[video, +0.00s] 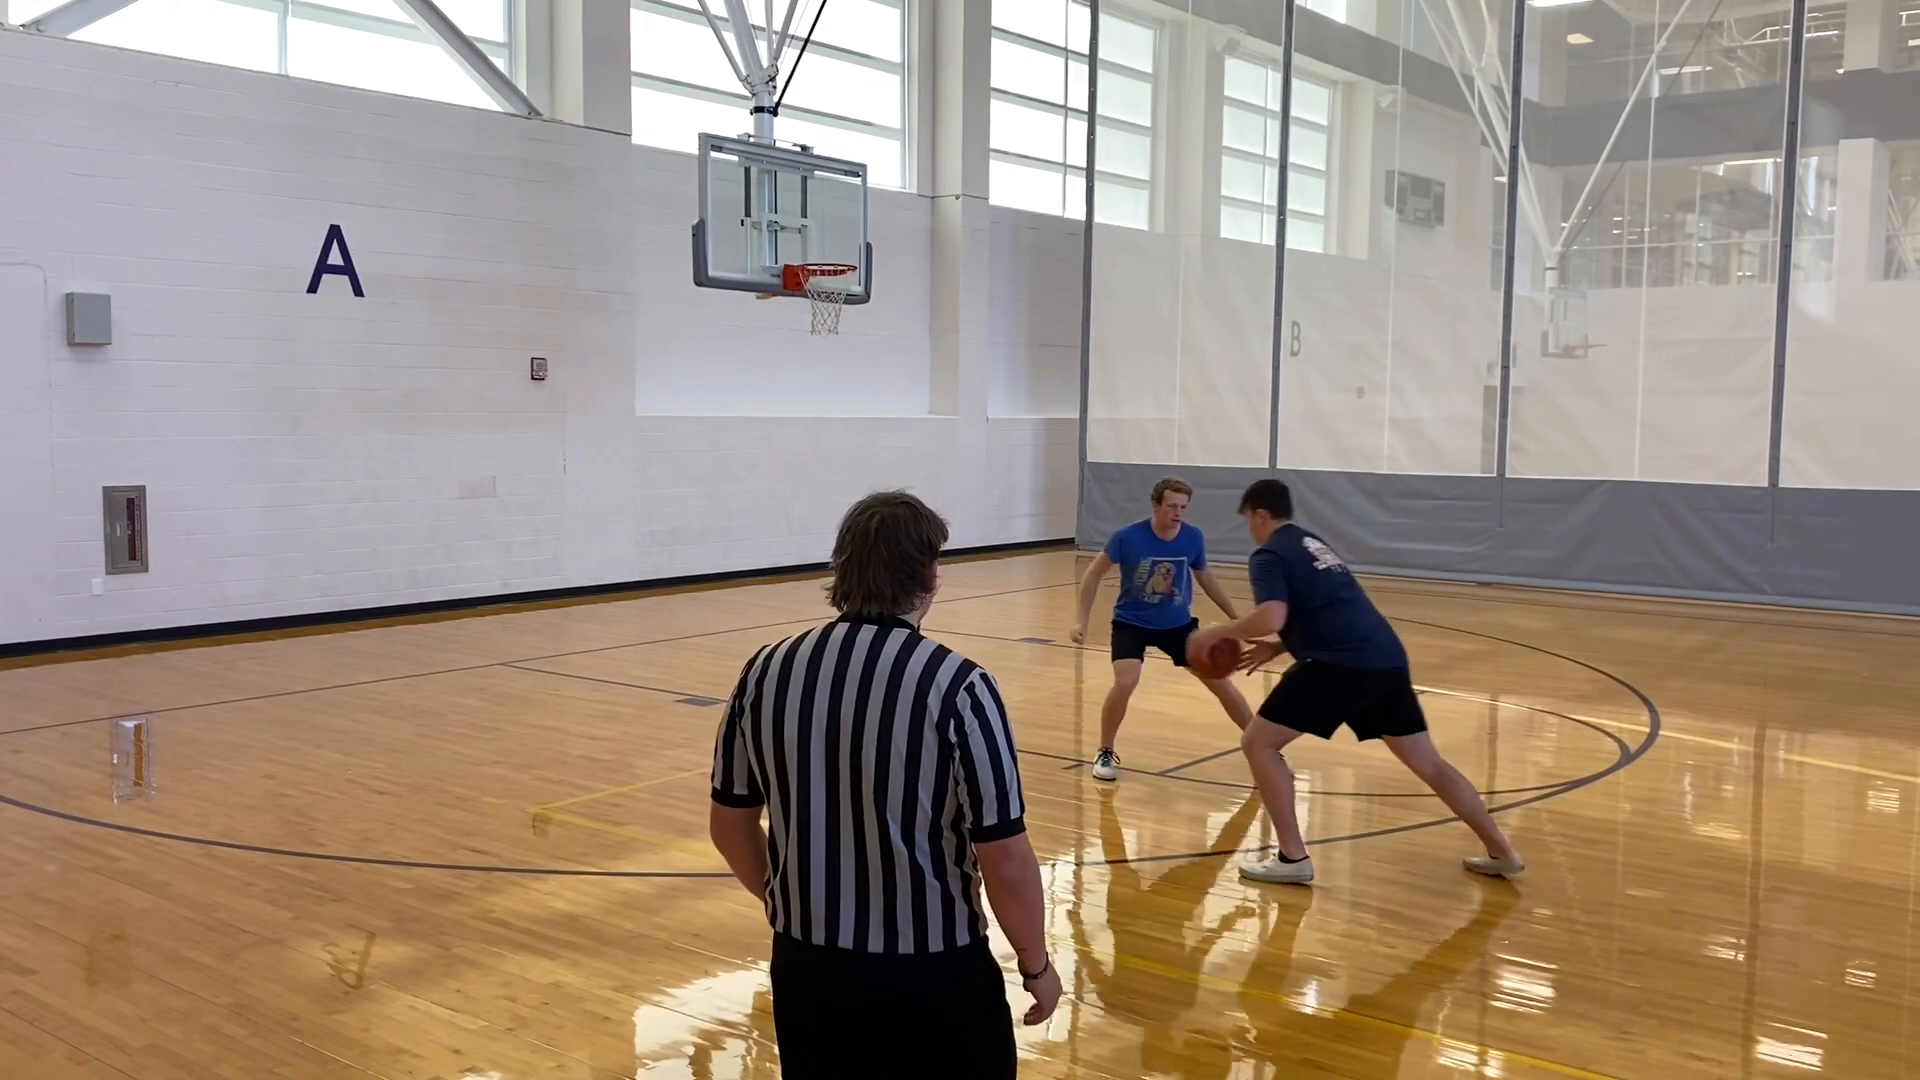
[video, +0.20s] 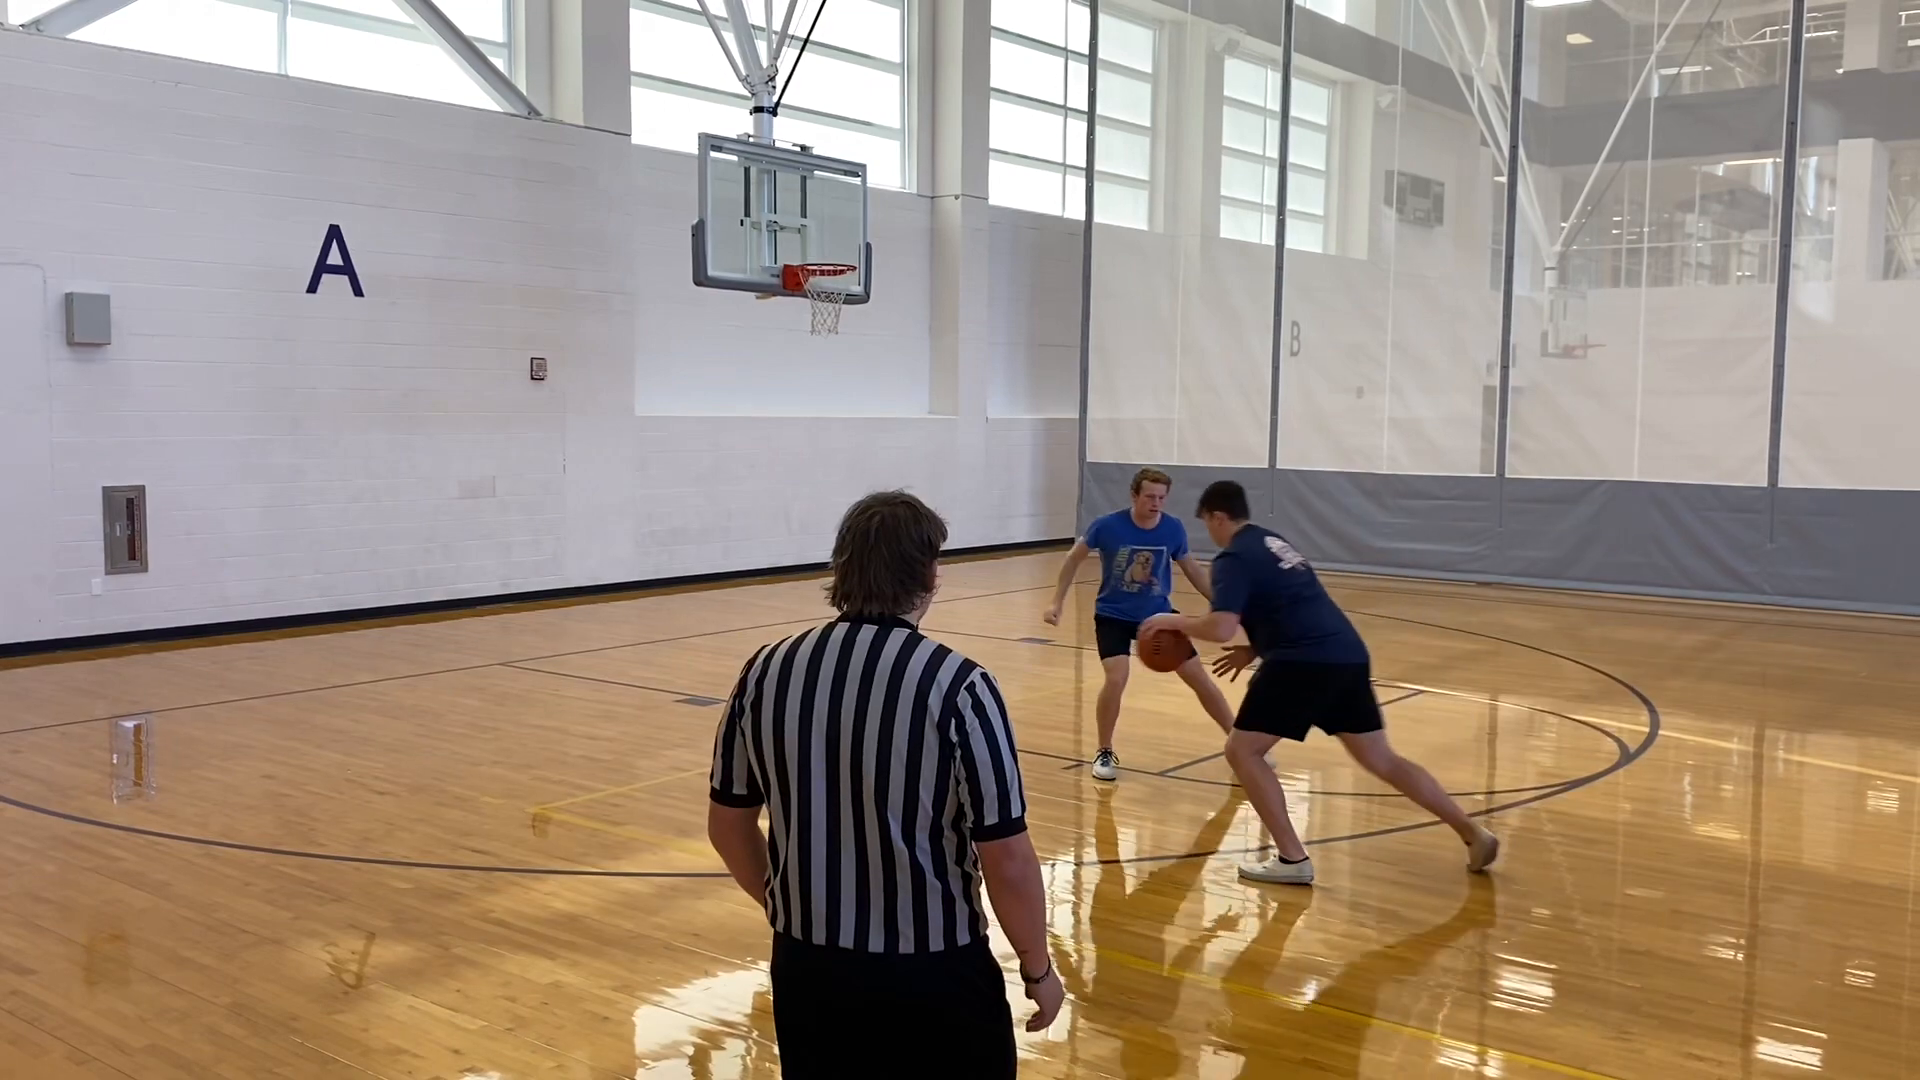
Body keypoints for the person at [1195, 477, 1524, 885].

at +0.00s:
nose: (1248, 527)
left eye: (1247, 518)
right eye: (1247, 518)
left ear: (1260, 515)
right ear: (1283, 511)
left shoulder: (1269, 554)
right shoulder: (1313, 542)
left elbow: (1271, 619)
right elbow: (1321, 613)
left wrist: (1219, 634)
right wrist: (1269, 650)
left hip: (1334, 666)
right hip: (1386, 663)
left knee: (1258, 743)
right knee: (1431, 765)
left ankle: (1292, 858)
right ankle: (1503, 854)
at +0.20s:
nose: (1205, 529)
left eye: (1205, 521)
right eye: (1204, 522)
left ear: (1217, 518)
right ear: (1240, 514)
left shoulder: (1232, 559)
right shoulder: (1272, 541)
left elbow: (1221, 629)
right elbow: (1299, 605)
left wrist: (1174, 621)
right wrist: (1254, 646)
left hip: (1298, 665)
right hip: (1347, 659)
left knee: (1241, 750)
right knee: (1381, 760)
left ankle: (1292, 858)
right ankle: (1474, 834)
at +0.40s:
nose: (1168, 535)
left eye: (1168, 527)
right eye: (1168, 527)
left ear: (1179, 522)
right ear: (1200, 516)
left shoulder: (1192, 563)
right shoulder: (1236, 541)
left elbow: (1171, 641)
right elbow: (1267, 603)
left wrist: (1125, 639)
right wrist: (1235, 654)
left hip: (1268, 663)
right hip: (1313, 658)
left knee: (1228, 757)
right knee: (1303, 756)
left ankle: (1291, 855)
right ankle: (1408, 800)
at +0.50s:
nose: (1151, 534)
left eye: (1150, 526)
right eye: (1150, 526)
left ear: (1158, 521)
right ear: (1184, 514)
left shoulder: (1173, 564)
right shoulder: (1219, 539)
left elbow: (1148, 642)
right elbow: (1251, 599)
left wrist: (1101, 664)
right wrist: (1228, 656)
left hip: (1254, 661)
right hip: (1293, 655)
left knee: (1221, 757)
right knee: (1264, 751)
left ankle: (1290, 855)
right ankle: (1362, 790)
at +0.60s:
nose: (1133, 534)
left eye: (1132, 527)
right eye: (1131, 528)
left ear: (1142, 522)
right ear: (1165, 518)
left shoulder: (1155, 565)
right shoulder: (1201, 537)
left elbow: (1123, 640)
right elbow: (1233, 592)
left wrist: (1078, 682)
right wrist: (1220, 658)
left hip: (1238, 659)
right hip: (1273, 650)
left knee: (1218, 759)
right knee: (1240, 748)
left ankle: (1290, 854)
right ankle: (1315, 788)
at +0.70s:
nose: (1124, 534)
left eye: (1123, 526)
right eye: (1122, 527)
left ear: (1134, 521)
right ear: (1156, 515)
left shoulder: (1146, 563)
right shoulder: (1196, 536)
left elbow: (1112, 638)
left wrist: (1069, 684)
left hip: (1236, 656)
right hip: (1263, 645)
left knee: (1216, 757)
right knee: (1197, 729)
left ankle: (1289, 852)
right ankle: (1290, 790)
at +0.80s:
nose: (1106, 530)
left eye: (1105, 522)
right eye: (1104, 523)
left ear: (1115, 518)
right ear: (1139, 512)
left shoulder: (1126, 561)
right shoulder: (1177, 532)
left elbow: (1094, 632)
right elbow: (1235, 579)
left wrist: (1058, 682)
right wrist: (1208, 624)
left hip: (1220, 652)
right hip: (1241, 640)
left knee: (1214, 757)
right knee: (1164, 717)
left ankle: (1289, 851)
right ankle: (1233, 798)